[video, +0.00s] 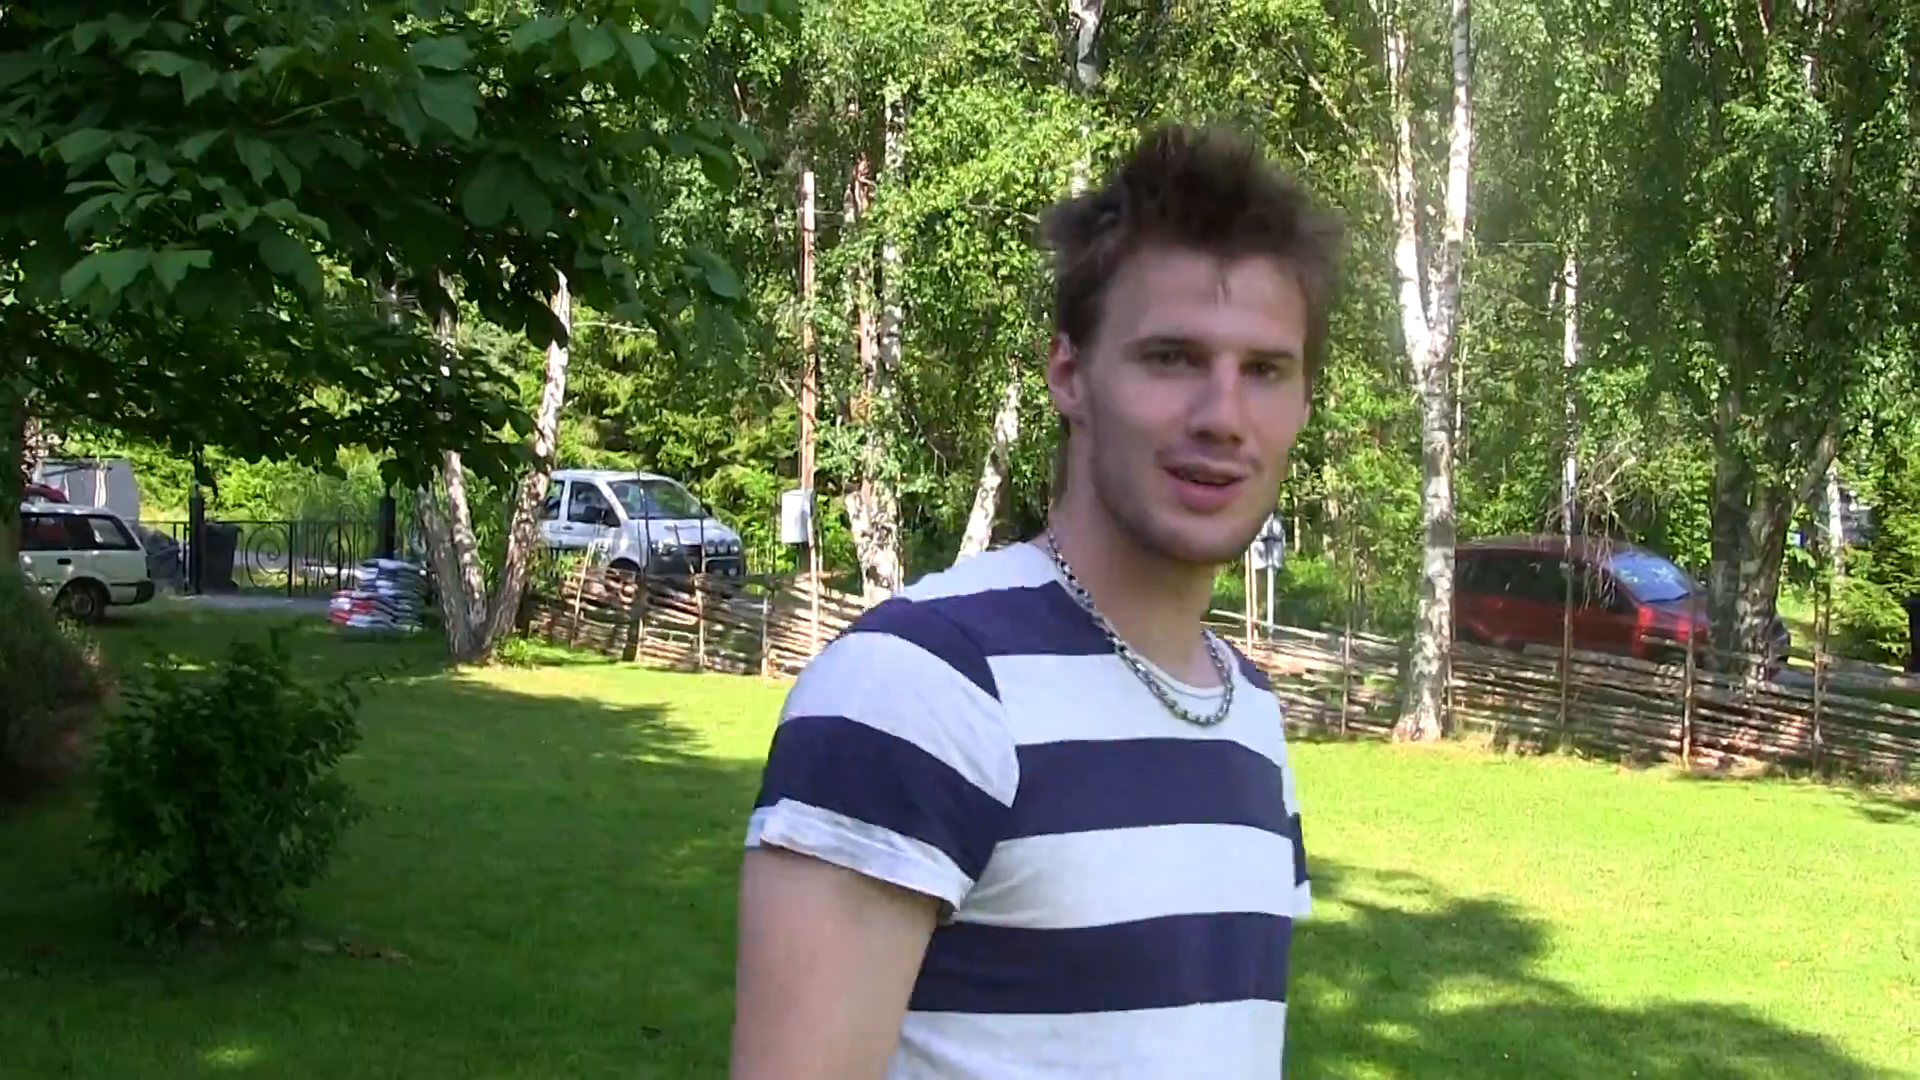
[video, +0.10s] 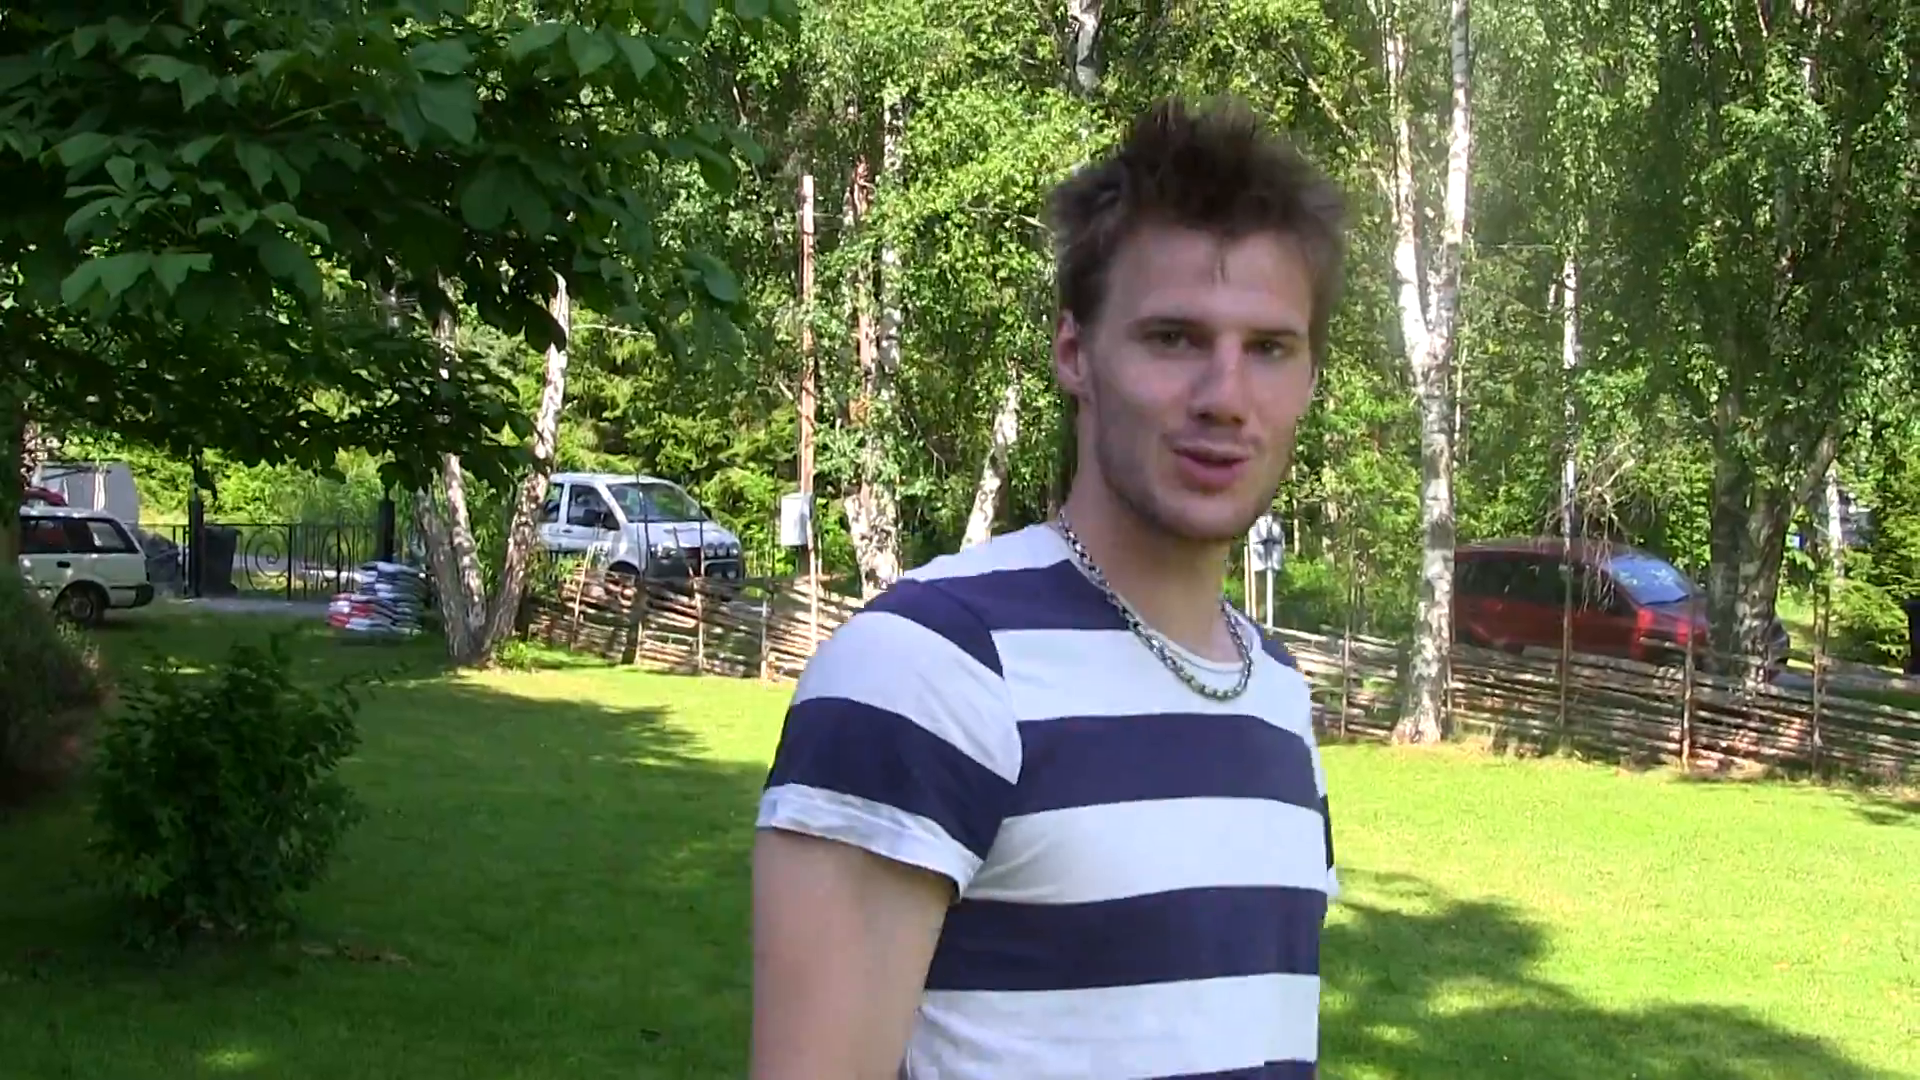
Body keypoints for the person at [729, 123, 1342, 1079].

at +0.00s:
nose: (1223, 419)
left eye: (1267, 371)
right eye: (1170, 359)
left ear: (1305, 403)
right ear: (1069, 378)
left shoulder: (1250, 707)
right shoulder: (913, 681)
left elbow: (1224, 1042)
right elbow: (799, 1065)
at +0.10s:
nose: (1226, 399)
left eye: (1270, 348)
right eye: (1172, 339)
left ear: (1311, 379)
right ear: (1075, 354)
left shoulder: (1278, 691)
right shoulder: (922, 661)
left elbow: (1264, 1041)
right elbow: (817, 1065)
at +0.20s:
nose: (1227, 377)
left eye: (1269, 324)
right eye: (1173, 315)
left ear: (1310, 358)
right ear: (1073, 337)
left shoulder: (1292, 669)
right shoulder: (914, 640)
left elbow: (1301, 1036)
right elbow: (804, 1067)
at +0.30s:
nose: (1217, 394)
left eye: (1259, 340)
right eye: (1162, 338)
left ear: (1305, 371)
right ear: (1066, 363)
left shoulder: (1304, 695)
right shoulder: (916, 657)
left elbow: (1334, 1052)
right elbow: (793, 1066)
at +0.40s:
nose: (1207, 403)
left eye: (1252, 349)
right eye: (1153, 349)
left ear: (1301, 382)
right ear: (1065, 378)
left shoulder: (1303, 716)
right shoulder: (914, 661)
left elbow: (1347, 1066)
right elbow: (811, 1065)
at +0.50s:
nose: (1196, 374)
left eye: (1240, 327)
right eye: (1143, 327)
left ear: (1294, 372)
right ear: (1058, 367)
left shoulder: (1298, 712)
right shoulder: (906, 636)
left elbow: (1339, 1066)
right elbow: (784, 1064)